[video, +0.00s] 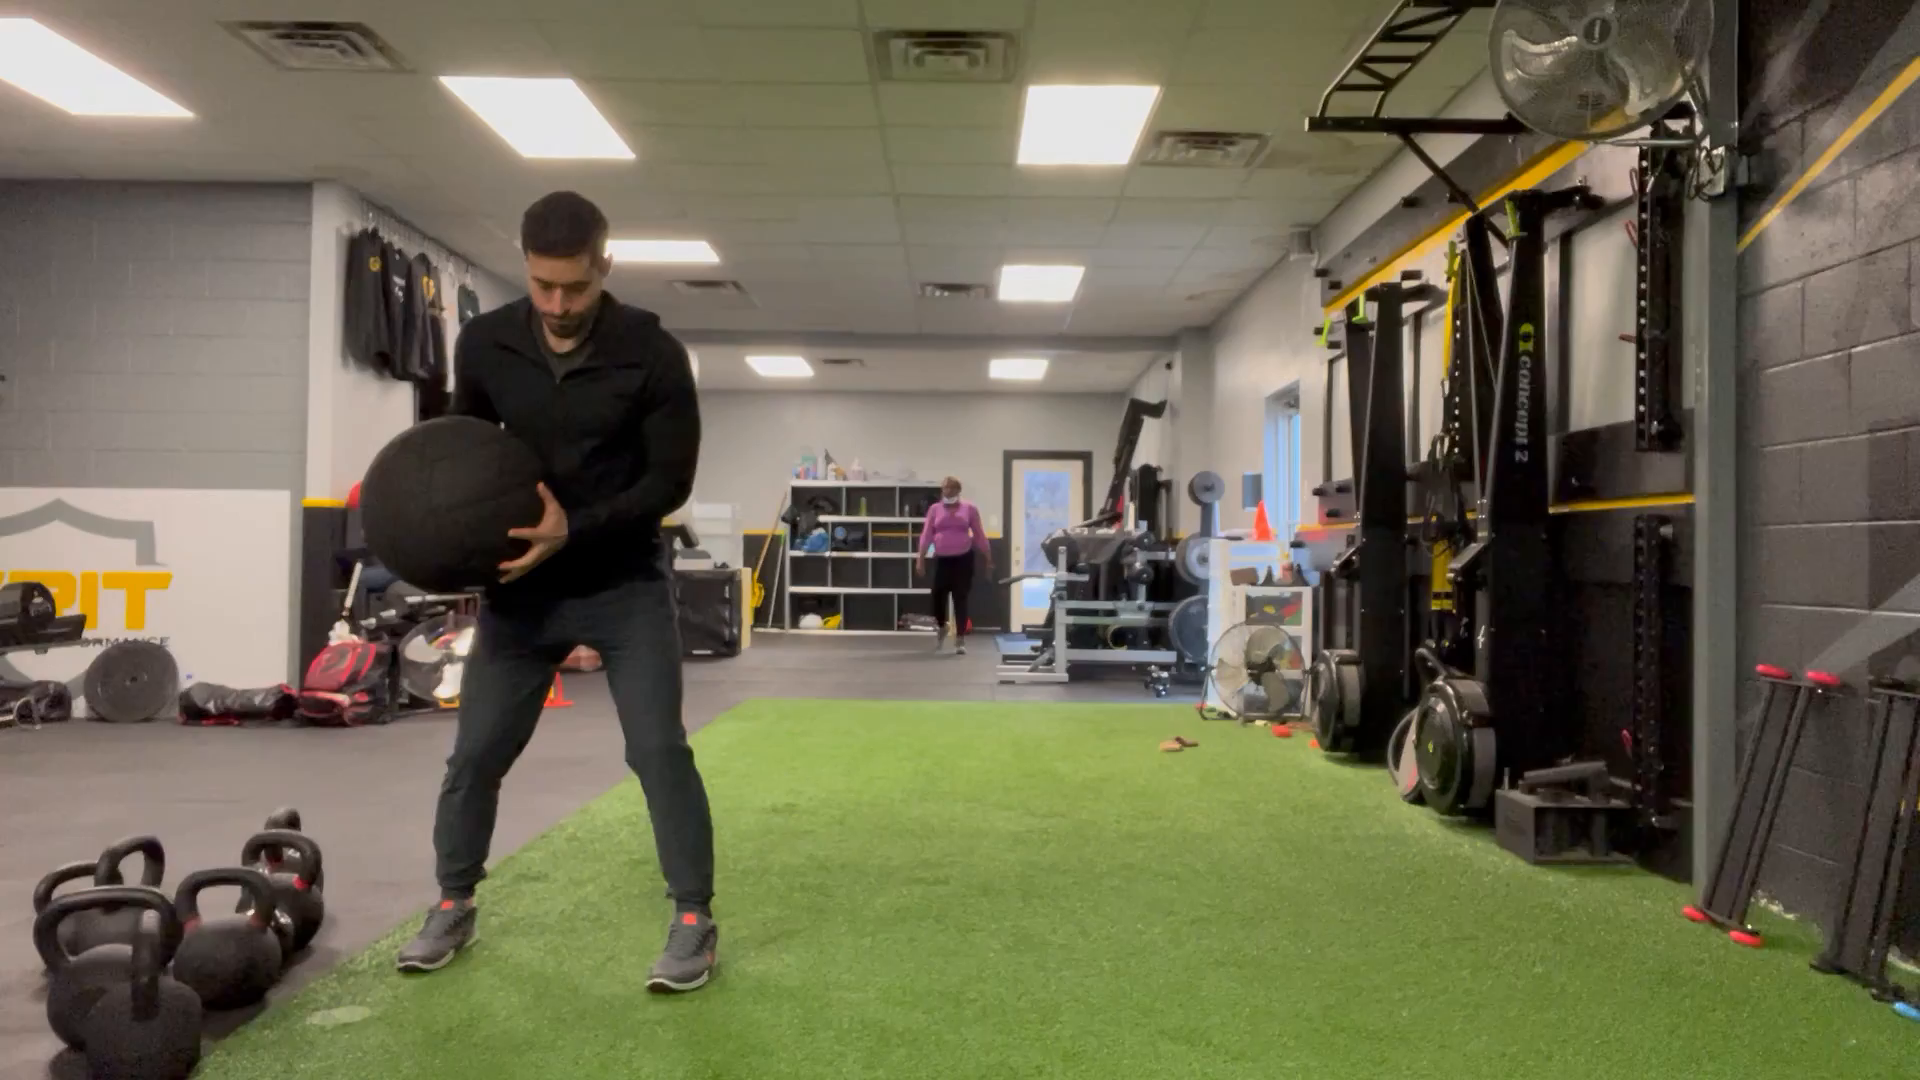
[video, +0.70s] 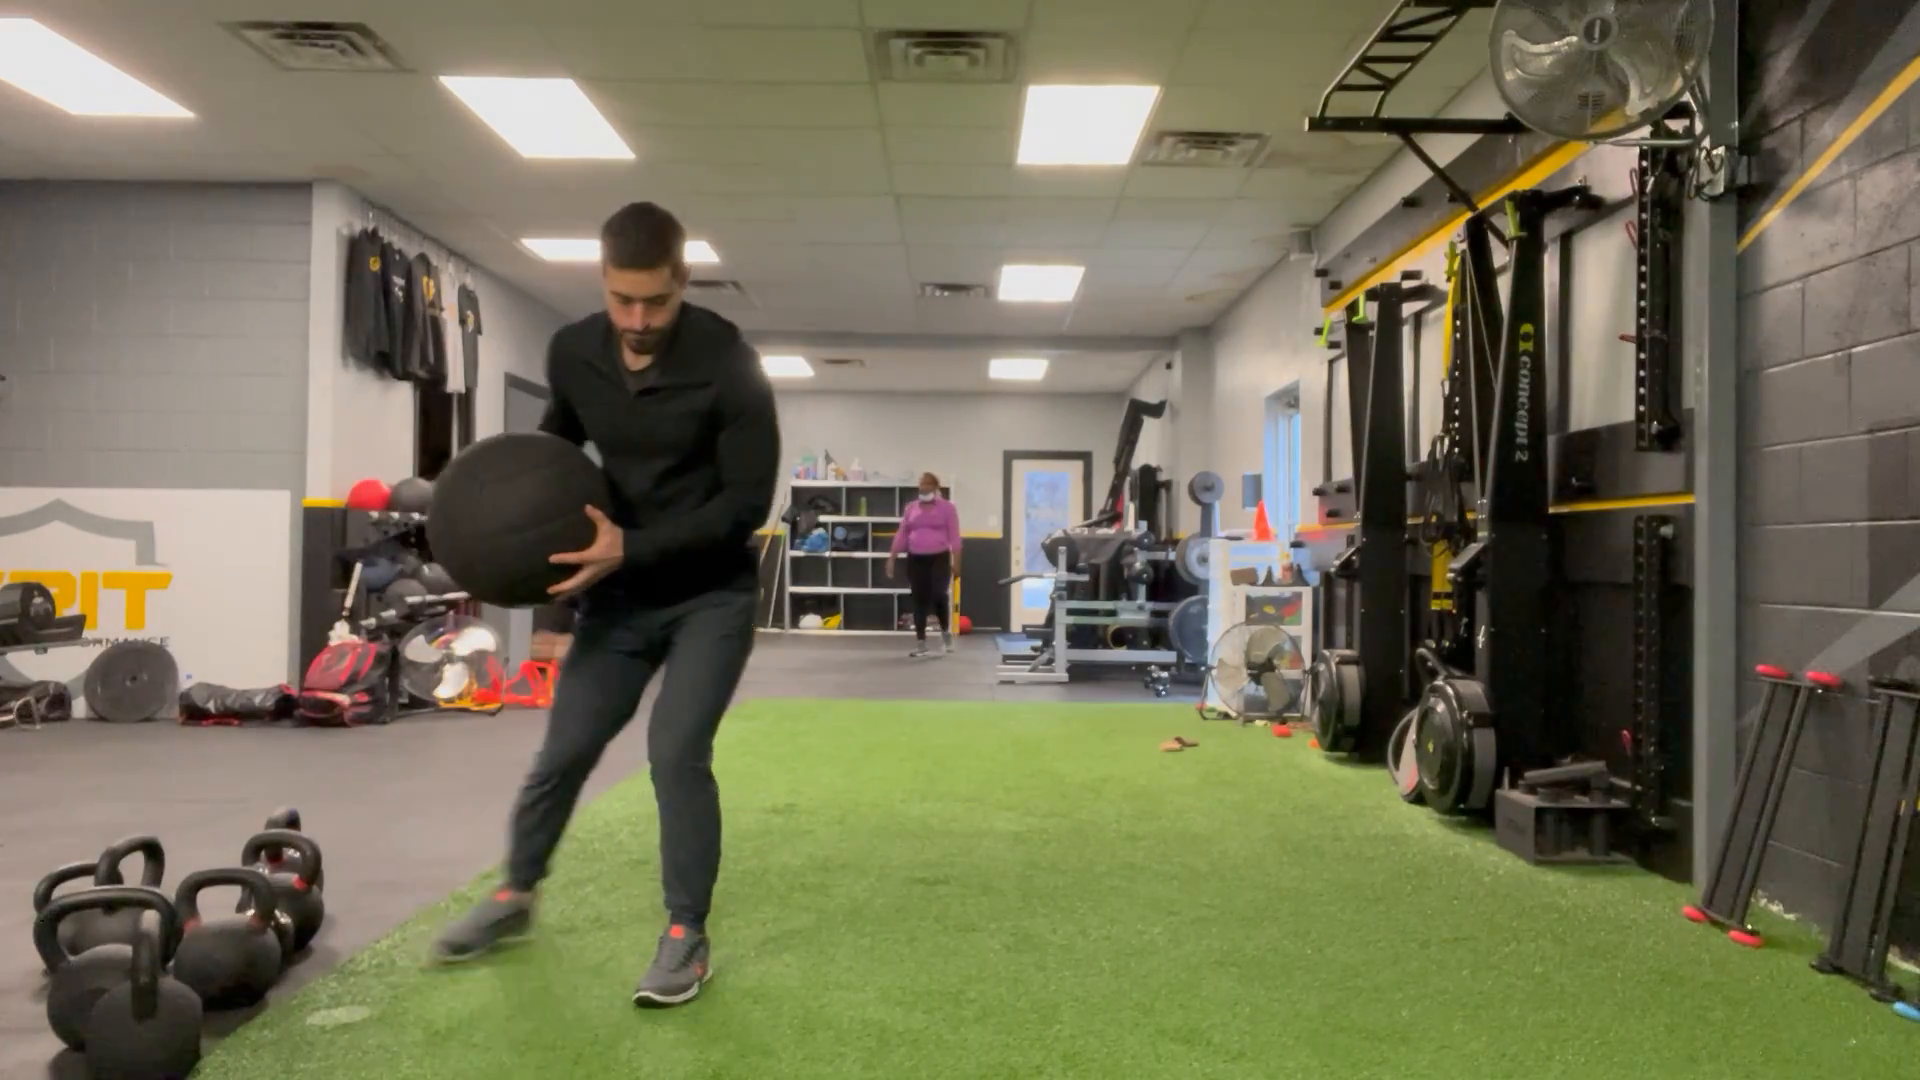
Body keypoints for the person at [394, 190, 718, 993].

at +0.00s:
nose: (558, 304)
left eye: (574, 287)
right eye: (544, 286)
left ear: (603, 269)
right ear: (524, 268)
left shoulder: (652, 350)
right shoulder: (485, 344)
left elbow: (672, 480)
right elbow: (463, 454)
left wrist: (574, 526)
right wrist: (457, 524)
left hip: (626, 583)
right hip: (521, 591)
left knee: (657, 745)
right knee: (473, 756)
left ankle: (692, 916)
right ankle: (451, 906)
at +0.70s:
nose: (638, 319)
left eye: (654, 301)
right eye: (622, 300)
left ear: (682, 283)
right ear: (601, 283)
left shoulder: (727, 360)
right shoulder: (574, 352)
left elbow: (749, 501)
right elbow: (555, 466)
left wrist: (634, 546)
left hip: (714, 591)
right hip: (621, 592)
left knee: (678, 750)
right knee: (562, 753)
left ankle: (685, 932)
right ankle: (515, 894)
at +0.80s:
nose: (670, 321)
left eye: (686, 304)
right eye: (654, 303)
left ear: (713, 285)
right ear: (632, 286)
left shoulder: (757, 371)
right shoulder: (609, 353)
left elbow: (773, 514)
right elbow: (590, 449)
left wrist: (658, 551)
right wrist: (543, 523)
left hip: (745, 596)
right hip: (652, 597)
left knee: (689, 750)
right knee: (603, 758)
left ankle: (689, 934)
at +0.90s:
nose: (704, 323)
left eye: (721, 305)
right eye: (689, 304)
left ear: (747, 290)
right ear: (666, 288)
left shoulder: (789, 377)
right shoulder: (642, 352)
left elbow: (799, 521)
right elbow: (628, 437)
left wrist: (682, 554)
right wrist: (581, 508)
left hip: (772, 597)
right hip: (680, 595)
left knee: (701, 755)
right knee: (649, 762)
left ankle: (687, 934)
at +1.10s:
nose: (791, 326)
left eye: (808, 308)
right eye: (775, 307)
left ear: (830, 294)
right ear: (747, 290)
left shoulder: (865, 380)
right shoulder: (718, 356)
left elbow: (873, 524)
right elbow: (705, 435)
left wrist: (756, 556)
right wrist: (652, 505)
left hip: (845, 600)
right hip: (755, 600)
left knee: (758, 751)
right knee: (757, 765)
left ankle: (701, 930)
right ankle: (857, 904)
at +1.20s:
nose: (840, 327)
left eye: (856, 309)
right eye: (824, 309)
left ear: (875, 297)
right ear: (794, 292)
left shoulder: (909, 382)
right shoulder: (759, 359)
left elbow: (916, 525)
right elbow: (744, 441)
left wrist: (800, 562)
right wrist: (692, 512)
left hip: (892, 595)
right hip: (800, 598)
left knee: (805, 731)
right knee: (794, 749)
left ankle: (753, 919)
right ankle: (874, 913)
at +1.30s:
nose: (891, 328)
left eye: (907, 310)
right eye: (876, 309)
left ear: (925, 299)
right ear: (844, 292)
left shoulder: (952, 385)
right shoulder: (805, 357)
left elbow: (961, 526)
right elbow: (780, 443)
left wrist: (846, 566)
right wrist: (739, 522)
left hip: (932, 590)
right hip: (841, 591)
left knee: (868, 722)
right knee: (816, 765)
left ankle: (866, 915)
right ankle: (877, 918)